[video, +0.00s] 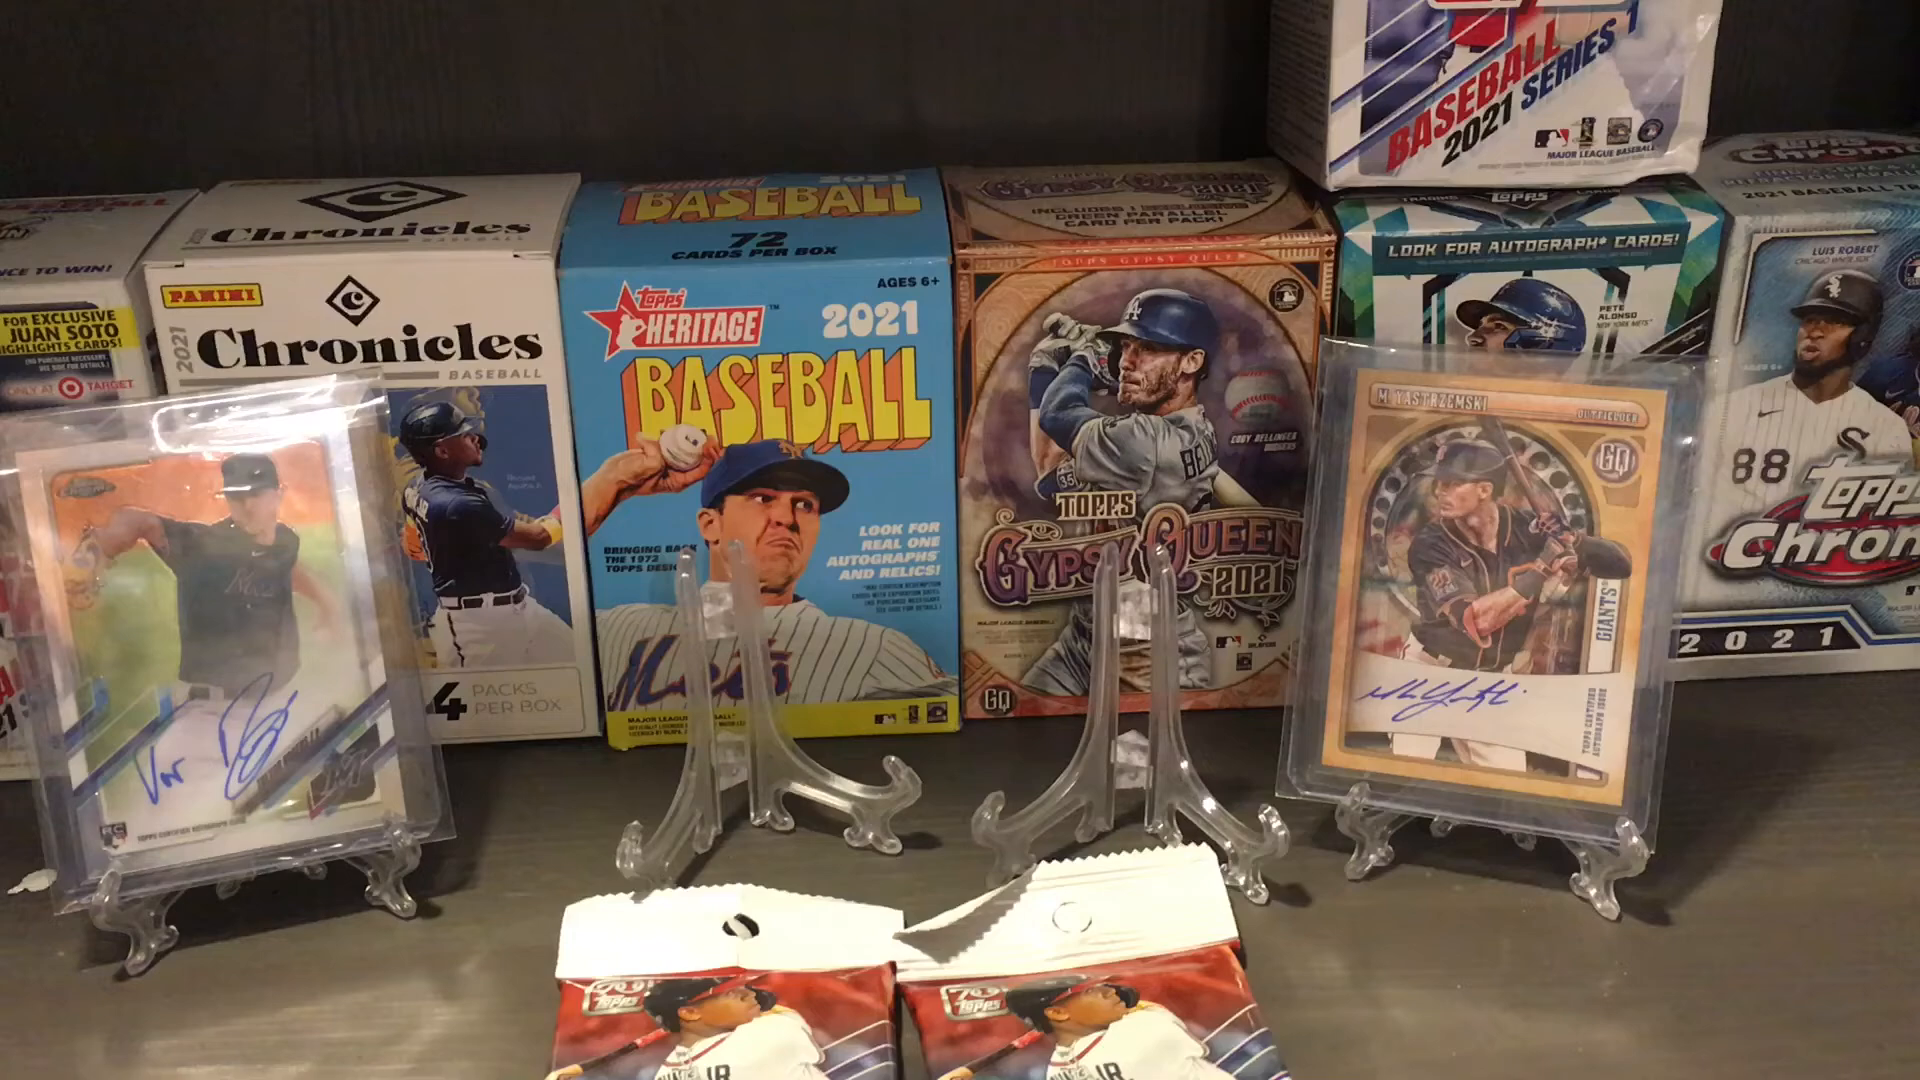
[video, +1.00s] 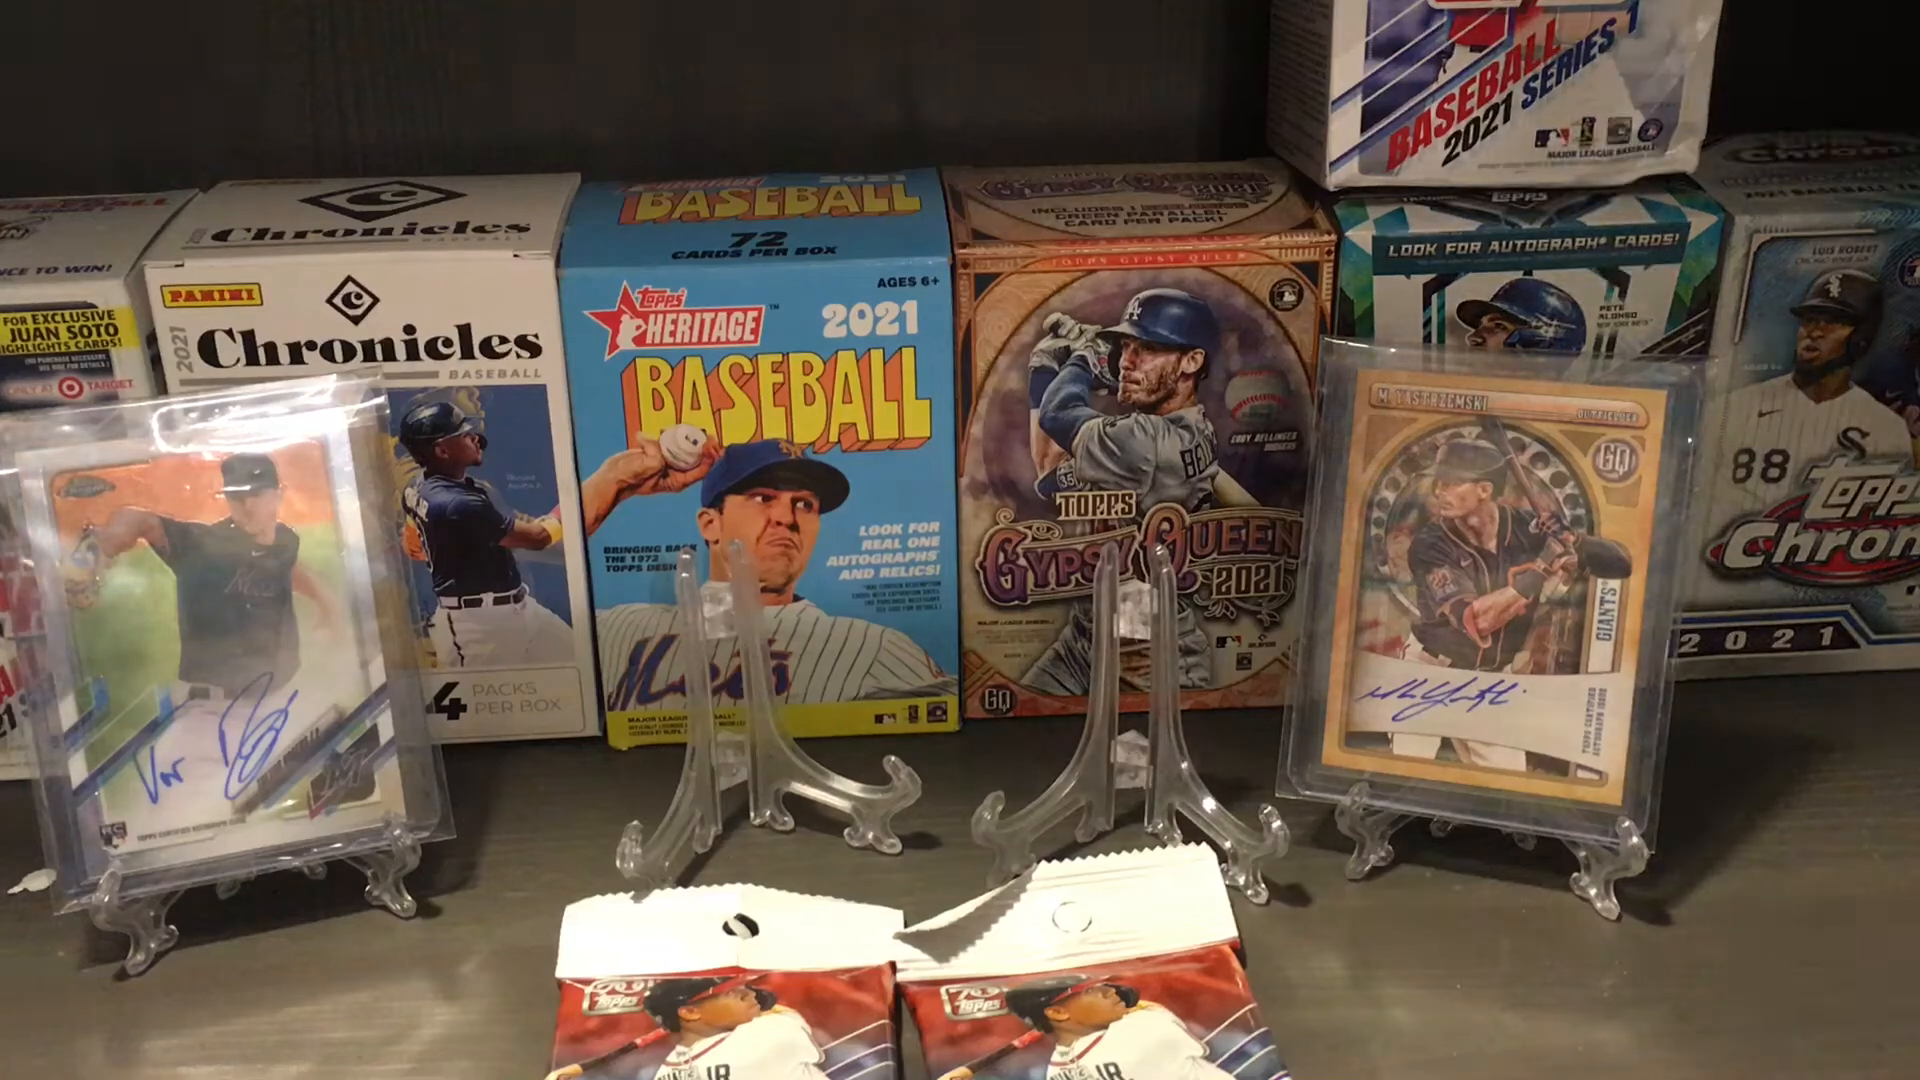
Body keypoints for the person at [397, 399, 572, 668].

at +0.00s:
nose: (475, 436)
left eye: (470, 430)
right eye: (465, 433)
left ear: (442, 451)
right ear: (442, 450)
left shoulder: (420, 489)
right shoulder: (462, 507)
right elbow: (538, 537)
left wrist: (542, 522)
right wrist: (560, 517)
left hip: (520, 609)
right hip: (474, 622)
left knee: (587, 661)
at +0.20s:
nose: (475, 436)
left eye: (470, 430)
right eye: (465, 433)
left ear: (442, 451)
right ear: (442, 450)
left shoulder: (420, 489)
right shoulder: (462, 507)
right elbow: (538, 537)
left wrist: (541, 522)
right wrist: (560, 517)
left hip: (520, 609)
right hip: (475, 622)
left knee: (587, 662)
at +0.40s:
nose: (475, 436)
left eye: (469, 430)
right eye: (464, 433)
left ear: (443, 451)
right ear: (442, 449)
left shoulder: (421, 488)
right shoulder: (462, 506)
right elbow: (538, 537)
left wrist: (540, 523)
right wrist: (560, 516)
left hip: (521, 609)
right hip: (475, 622)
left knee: (588, 662)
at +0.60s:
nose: (475, 436)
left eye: (470, 430)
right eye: (465, 433)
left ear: (443, 451)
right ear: (442, 450)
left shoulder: (421, 489)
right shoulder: (462, 507)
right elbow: (538, 537)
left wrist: (544, 521)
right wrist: (562, 515)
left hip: (520, 608)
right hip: (475, 622)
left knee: (587, 663)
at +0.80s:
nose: (475, 436)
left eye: (470, 430)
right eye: (465, 433)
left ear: (442, 451)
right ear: (442, 450)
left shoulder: (420, 489)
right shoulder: (462, 507)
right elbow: (538, 537)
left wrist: (540, 523)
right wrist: (561, 516)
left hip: (520, 609)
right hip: (475, 623)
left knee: (588, 662)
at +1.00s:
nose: (475, 436)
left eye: (470, 430)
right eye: (465, 433)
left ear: (443, 451)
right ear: (442, 450)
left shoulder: (421, 489)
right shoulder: (462, 507)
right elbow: (538, 537)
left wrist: (539, 523)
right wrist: (559, 518)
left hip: (520, 609)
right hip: (475, 622)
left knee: (588, 662)